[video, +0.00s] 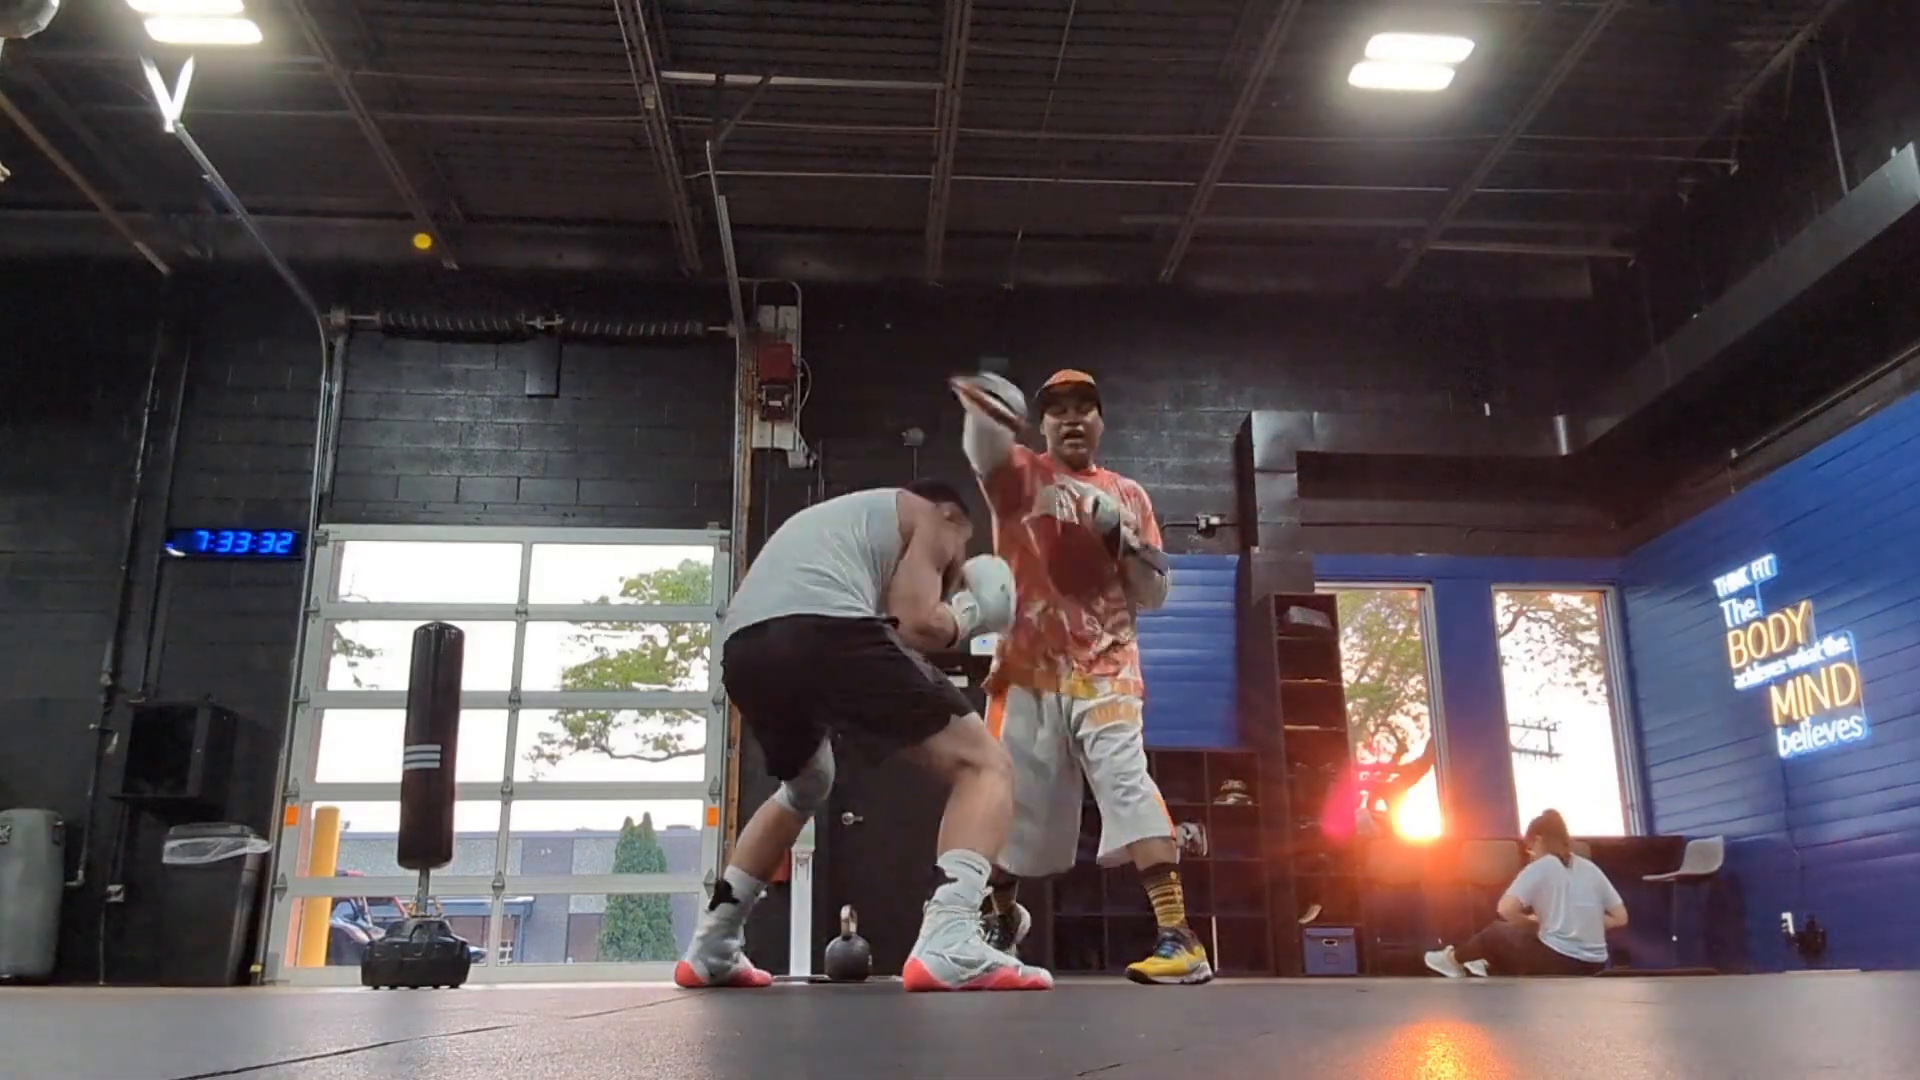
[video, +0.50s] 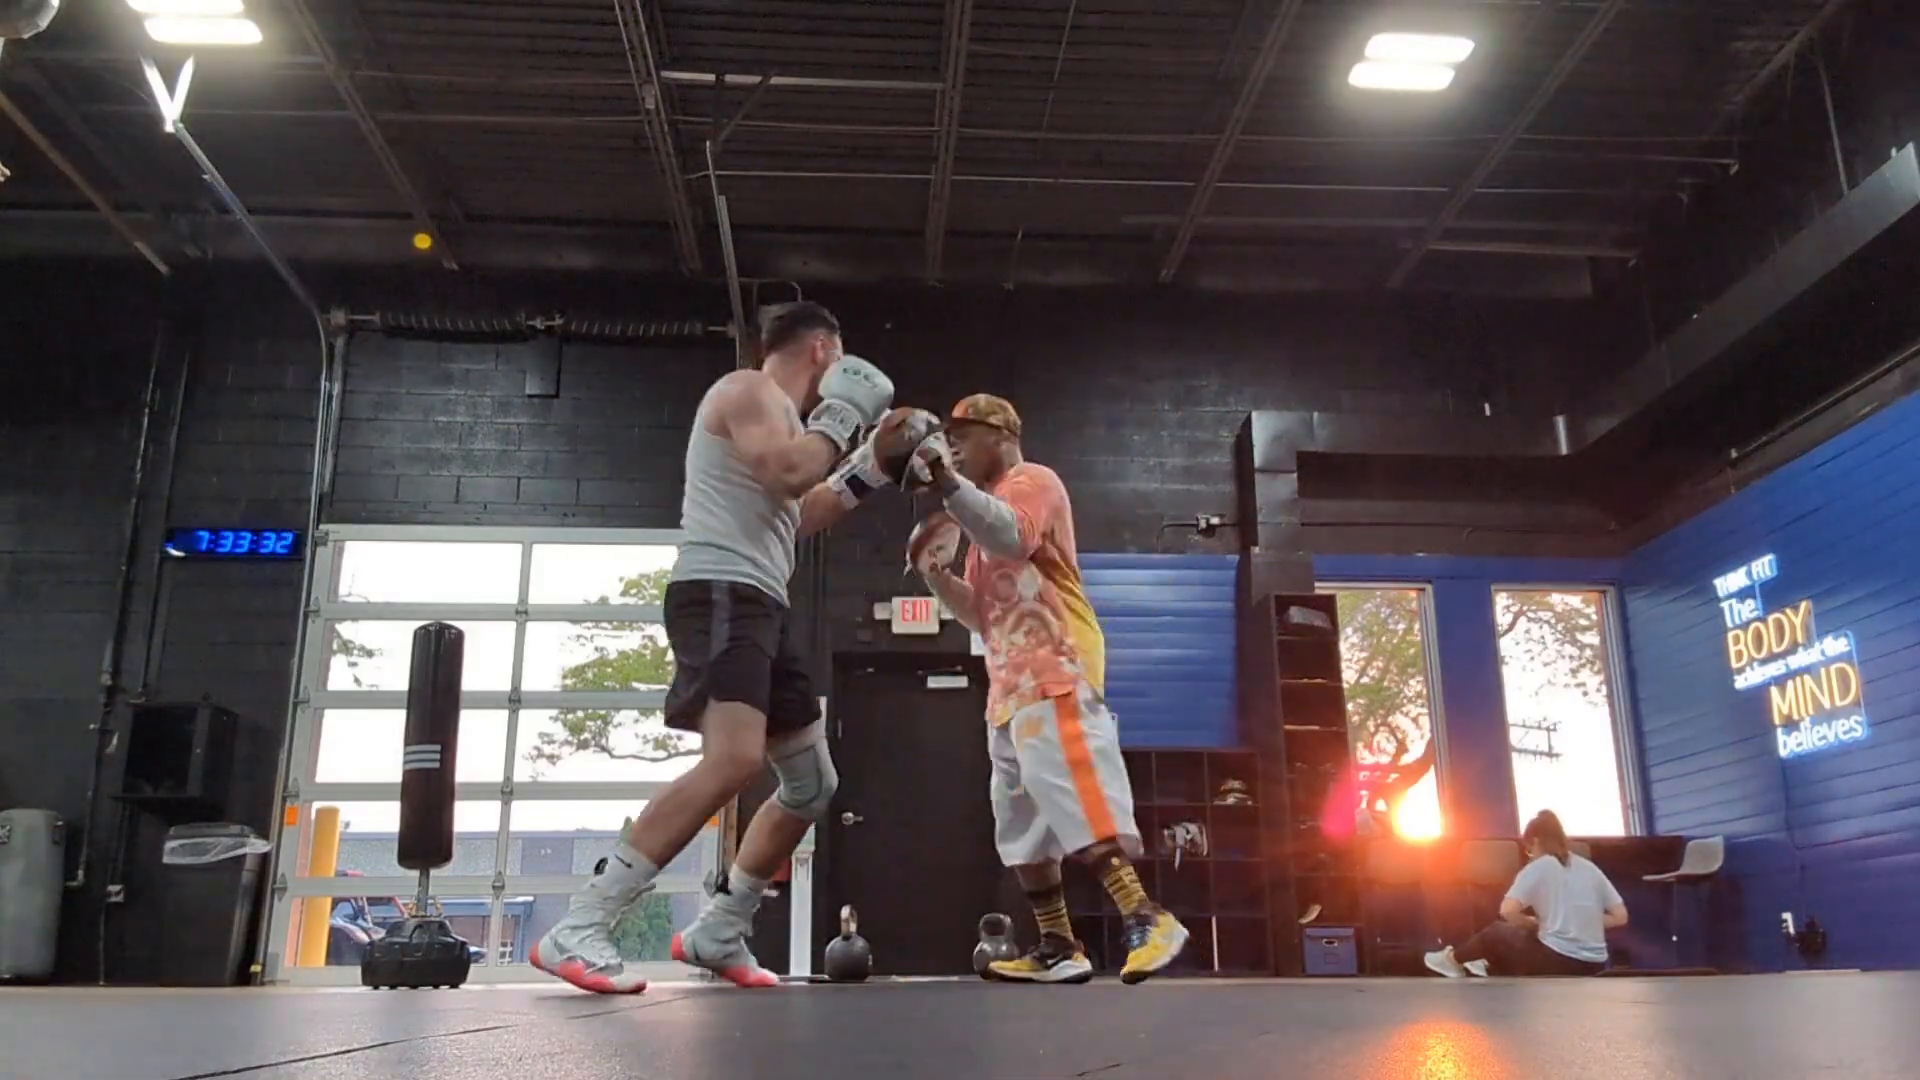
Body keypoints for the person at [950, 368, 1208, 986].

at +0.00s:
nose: (1072, 420)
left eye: (1083, 410)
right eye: (1059, 411)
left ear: (1100, 420)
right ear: (1040, 424)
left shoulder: (1126, 494)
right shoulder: (1019, 480)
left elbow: (1154, 594)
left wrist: (1122, 537)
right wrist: (988, 415)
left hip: (1104, 663)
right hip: (1029, 662)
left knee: (1122, 775)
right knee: (1020, 796)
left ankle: (1178, 938)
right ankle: (996, 926)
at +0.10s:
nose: (1074, 415)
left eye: (1086, 404)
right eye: (1062, 406)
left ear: (1106, 413)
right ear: (1047, 417)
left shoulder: (1133, 493)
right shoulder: (1026, 474)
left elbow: (1157, 594)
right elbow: (988, 515)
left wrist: (1135, 535)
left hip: (1109, 664)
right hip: (1029, 664)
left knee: (1123, 783)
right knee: (1016, 799)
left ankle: (1177, 939)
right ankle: (1012, 923)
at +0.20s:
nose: (1057, 417)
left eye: (1070, 405)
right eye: (1047, 409)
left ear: (1098, 414)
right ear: (1037, 422)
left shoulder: (1131, 491)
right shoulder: (1016, 492)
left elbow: (1165, 577)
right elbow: (965, 582)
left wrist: (1144, 497)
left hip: (1111, 673)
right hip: (1031, 676)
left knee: (1129, 787)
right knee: (1008, 804)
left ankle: (1178, 940)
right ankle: (1026, 927)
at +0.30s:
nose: (1013, 427)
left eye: (1027, 413)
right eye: (1008, 418)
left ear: (1066, 420)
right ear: (1005, 431)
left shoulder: (1103, 484)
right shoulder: (993, 505)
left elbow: (1146, 550)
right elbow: (962, 585)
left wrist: (1121, 467)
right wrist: (984, 620)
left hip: (1104, 667)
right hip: (1028, 673)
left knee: (1126, 789)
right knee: (1007, 803)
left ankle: (1178, 941)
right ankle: (1046, 933)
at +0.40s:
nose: (975, 446)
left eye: (984, 433)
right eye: (971, 436)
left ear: (1018, 430)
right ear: (979, 442)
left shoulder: (1069, 479)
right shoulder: (987, 522)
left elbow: (1067, 529)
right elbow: (991, 611)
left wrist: (1033, 465)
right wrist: (955, 588)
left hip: (1090, 680)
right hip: (1024, 690)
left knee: (1120, 801)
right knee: (1012, 817)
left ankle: (1173, 940)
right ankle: (1056, 946)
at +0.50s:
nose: (950, 451)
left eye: (961, 436)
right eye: (948, 440)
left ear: (1002, 438)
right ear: (971, 448)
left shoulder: (1033, 480)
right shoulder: (983, 521)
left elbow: (1011, 534)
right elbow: (984, 615)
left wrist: (945, 479)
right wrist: (938, 574)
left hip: (1051, 661)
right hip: (1007, 676)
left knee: (1069, 788)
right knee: (1019, 814)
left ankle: (1150, 921)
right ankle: (1058, 947)